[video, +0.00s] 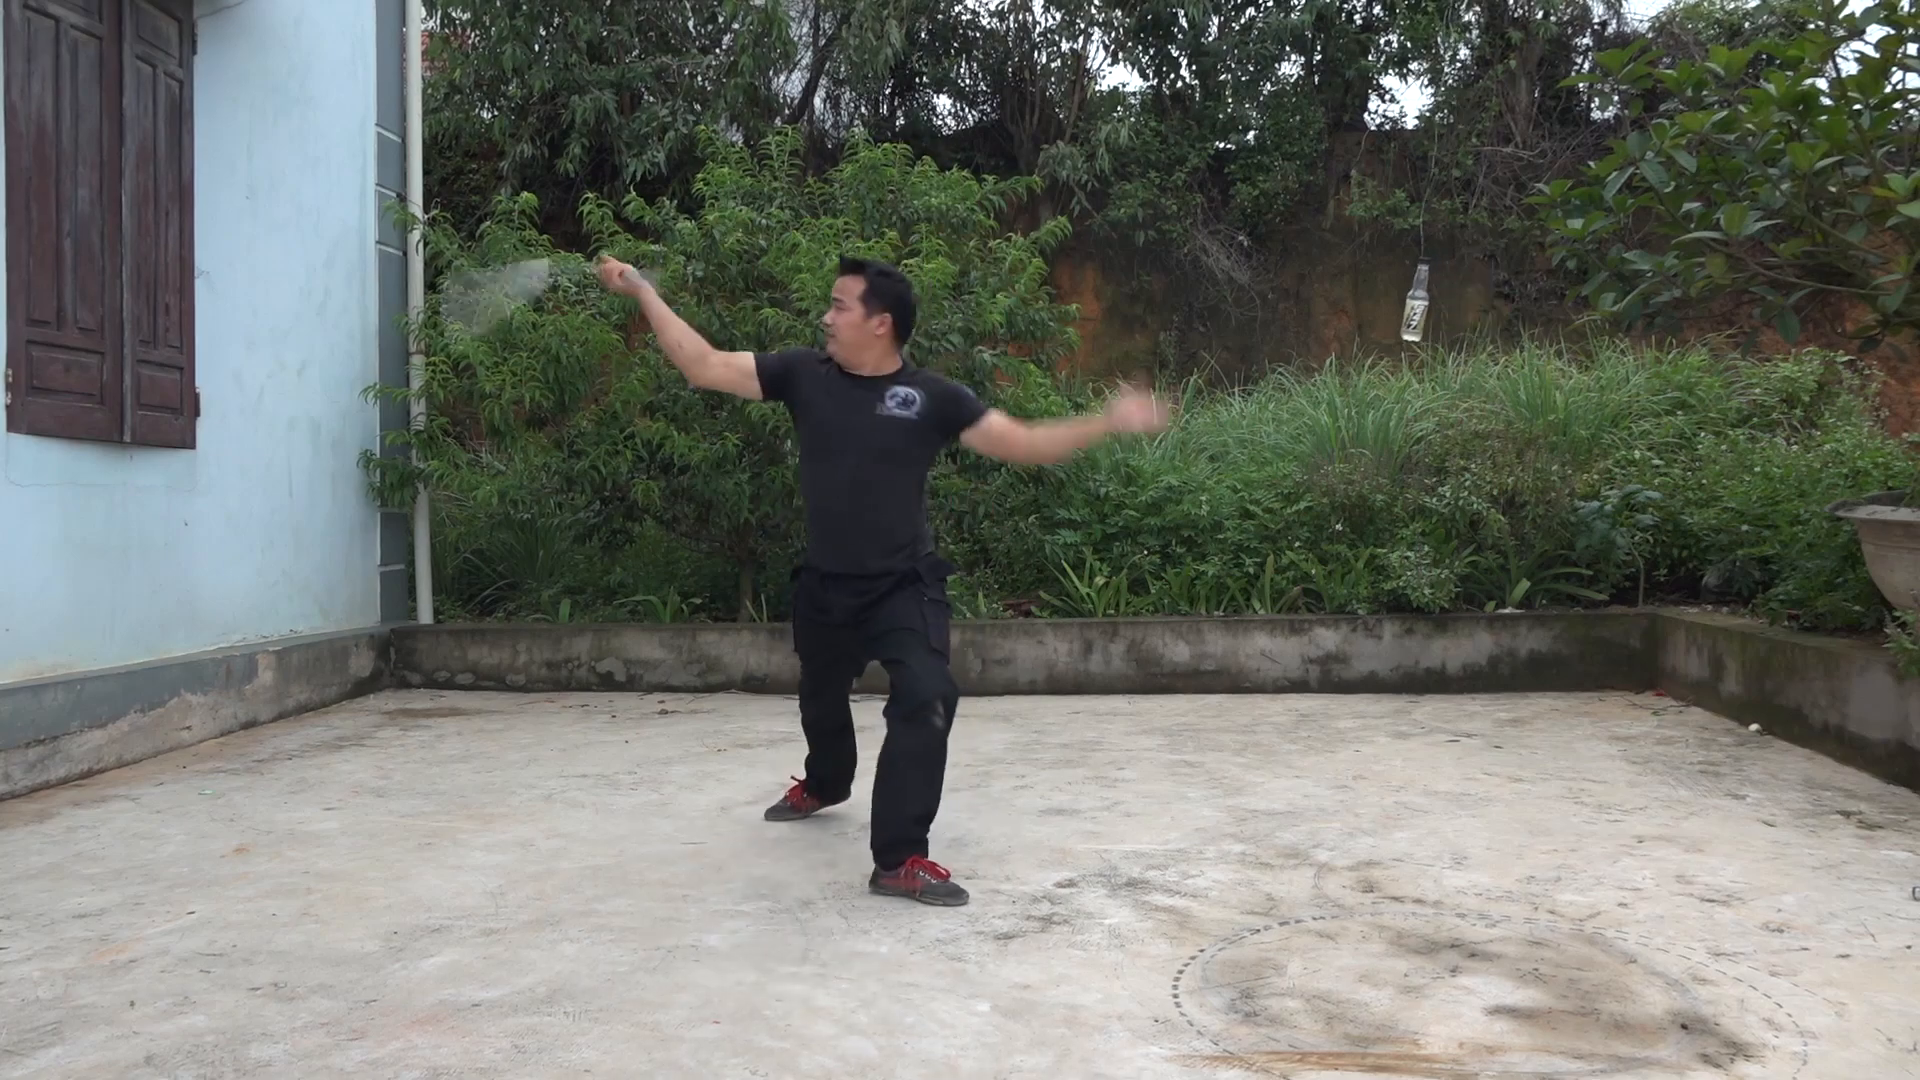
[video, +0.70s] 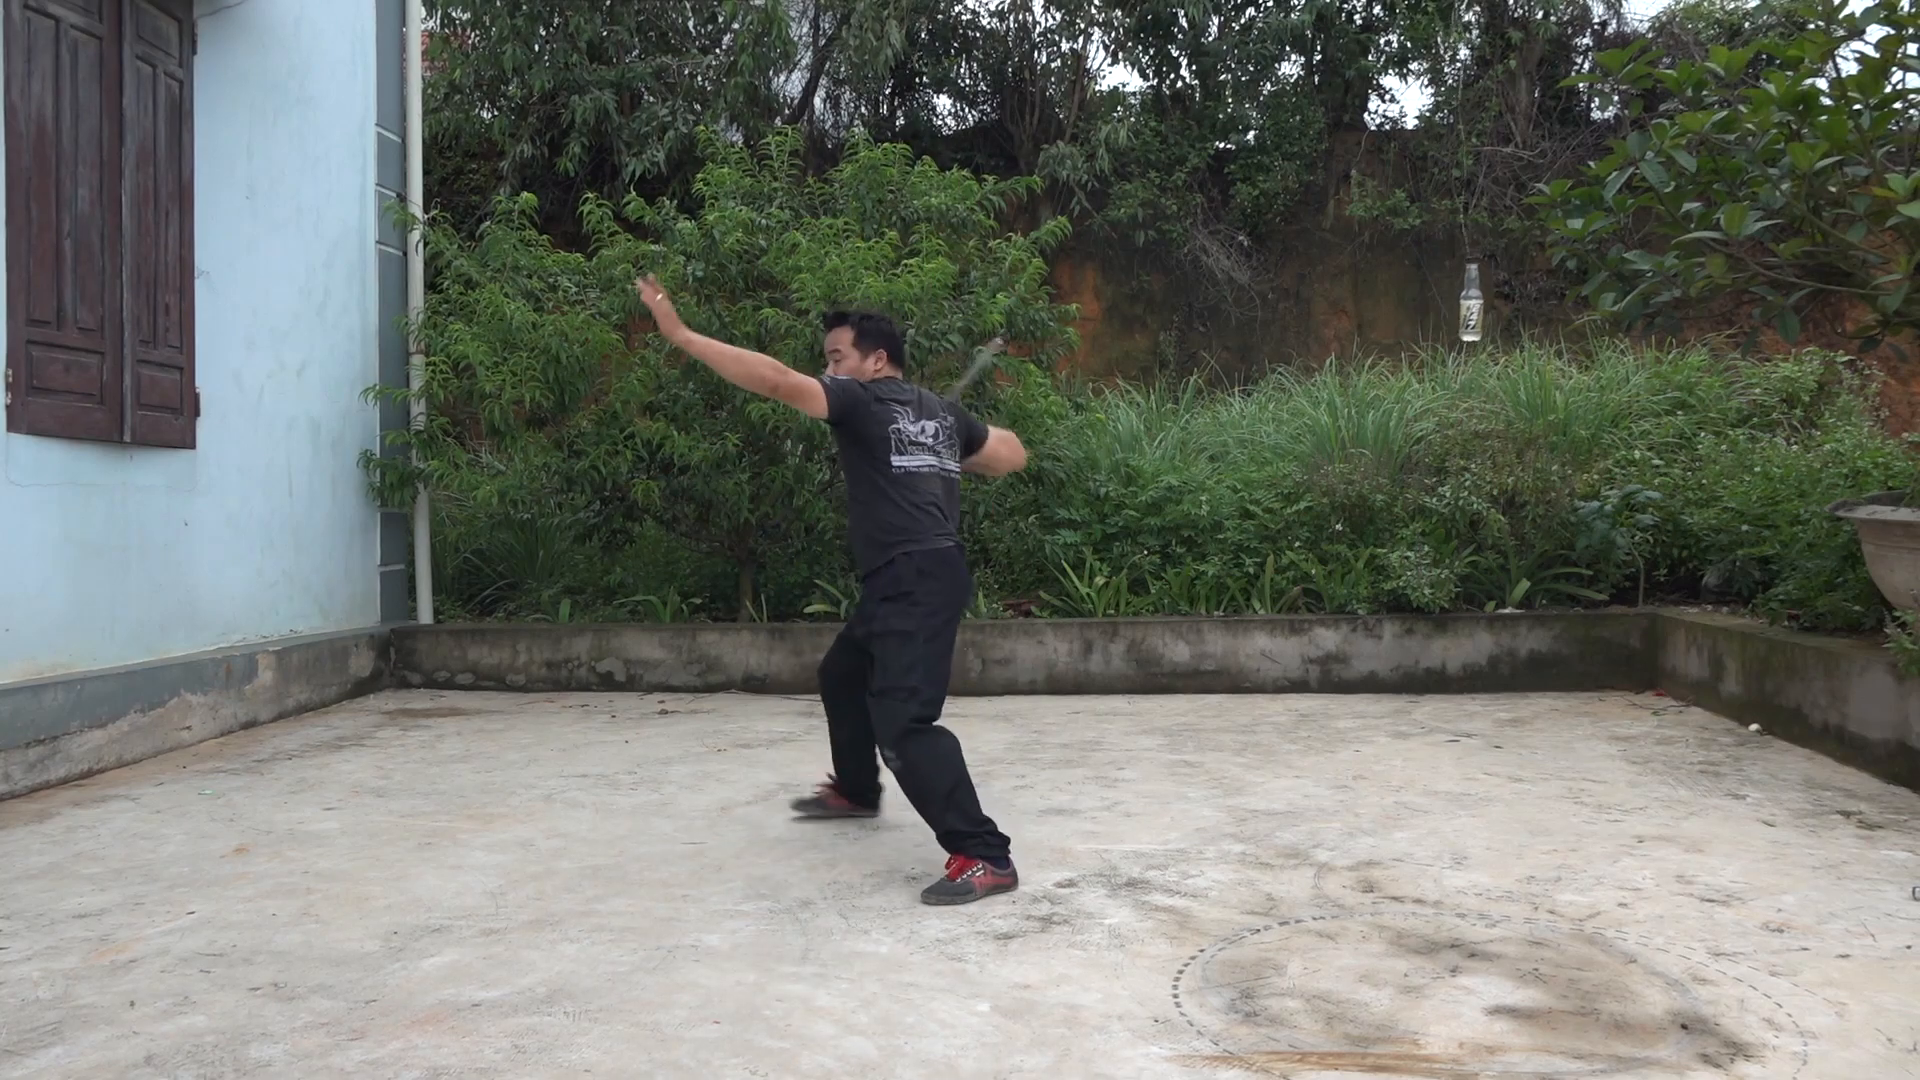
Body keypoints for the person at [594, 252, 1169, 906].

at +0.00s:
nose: (828, 316)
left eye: (841, 307)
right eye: (831, 304)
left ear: (883, 324)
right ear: (864, 321)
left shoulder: (931, 398)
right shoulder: (805, 375)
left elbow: (1023, 441)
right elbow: (705, 365)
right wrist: (644, 295)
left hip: (904, 587)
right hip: (825, 586)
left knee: (926, 699)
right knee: (820, 691)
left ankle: (899, 860)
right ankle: (826, 782)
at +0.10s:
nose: (813, 313)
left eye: (820, 303)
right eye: (815, 303)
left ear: (853, 314)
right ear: (849, 314)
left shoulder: (915, 371)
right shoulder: (814, 371)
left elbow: (1003, 352)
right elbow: (738, 380)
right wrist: (668, 335)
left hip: (901, 571)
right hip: (830, 571)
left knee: (910, 696)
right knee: (821, 690)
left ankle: (945, 848)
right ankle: (824, 784)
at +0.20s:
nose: (820, 333)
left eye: (831, 322)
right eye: (816, 321)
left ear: (867, 326)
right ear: (818, 330)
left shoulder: (895, 386)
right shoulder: (839, 388)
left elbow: (870, 319)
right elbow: (813, 404)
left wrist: (788, 273)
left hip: (905, 569)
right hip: (849, 573)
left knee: (905, 703)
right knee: (816, 688)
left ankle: (983, 849)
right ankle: (829, 788)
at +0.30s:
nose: (814, 357)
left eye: (817, 347)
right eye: (818, 346)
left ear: (832, 354)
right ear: (872, 355)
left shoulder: (878, 407)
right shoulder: (875, 404)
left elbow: (791, 414)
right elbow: (793, 410)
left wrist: (723, 403)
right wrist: (733, 404)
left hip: (904, 587)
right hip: (865, 591)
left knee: (901, 720)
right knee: (812, 692)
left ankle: (985, 855)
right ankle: (831, 792)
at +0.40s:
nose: (826, 364)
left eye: (828, 354)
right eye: (828, 353)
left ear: (843, 357)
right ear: (887, 357)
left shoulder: (851, 412)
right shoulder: (914, 406)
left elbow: (760, 464)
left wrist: (702, 481)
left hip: (890, 586)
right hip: (886, 585)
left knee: (902, 719)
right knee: (816, 685)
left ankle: (985, 855)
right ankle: (830, 792)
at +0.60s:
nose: (831, 359)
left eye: (838, 348)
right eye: (832, 349)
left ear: (874, 349)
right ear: (887, 354)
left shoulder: (856, 392)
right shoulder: (937, 406)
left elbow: (764, 396)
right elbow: (984, 432)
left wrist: (657, 391)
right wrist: (1002, 366)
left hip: (894, 571)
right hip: (910, 569)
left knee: (903, 717)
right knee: (848, 682)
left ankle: (985, 856)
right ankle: (835, 792)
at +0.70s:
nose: (828, 369)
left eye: (837, 357)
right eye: (828, 358)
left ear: (879, 358)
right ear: (885, 363)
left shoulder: (860, 400)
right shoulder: (944, 411)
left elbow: (776, 380)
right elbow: (1011, 454)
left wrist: (684, 336)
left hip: (913, 577)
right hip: (916, 577)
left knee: (901, 719)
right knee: (843, 675)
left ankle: (985, 856)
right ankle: (856, 791)